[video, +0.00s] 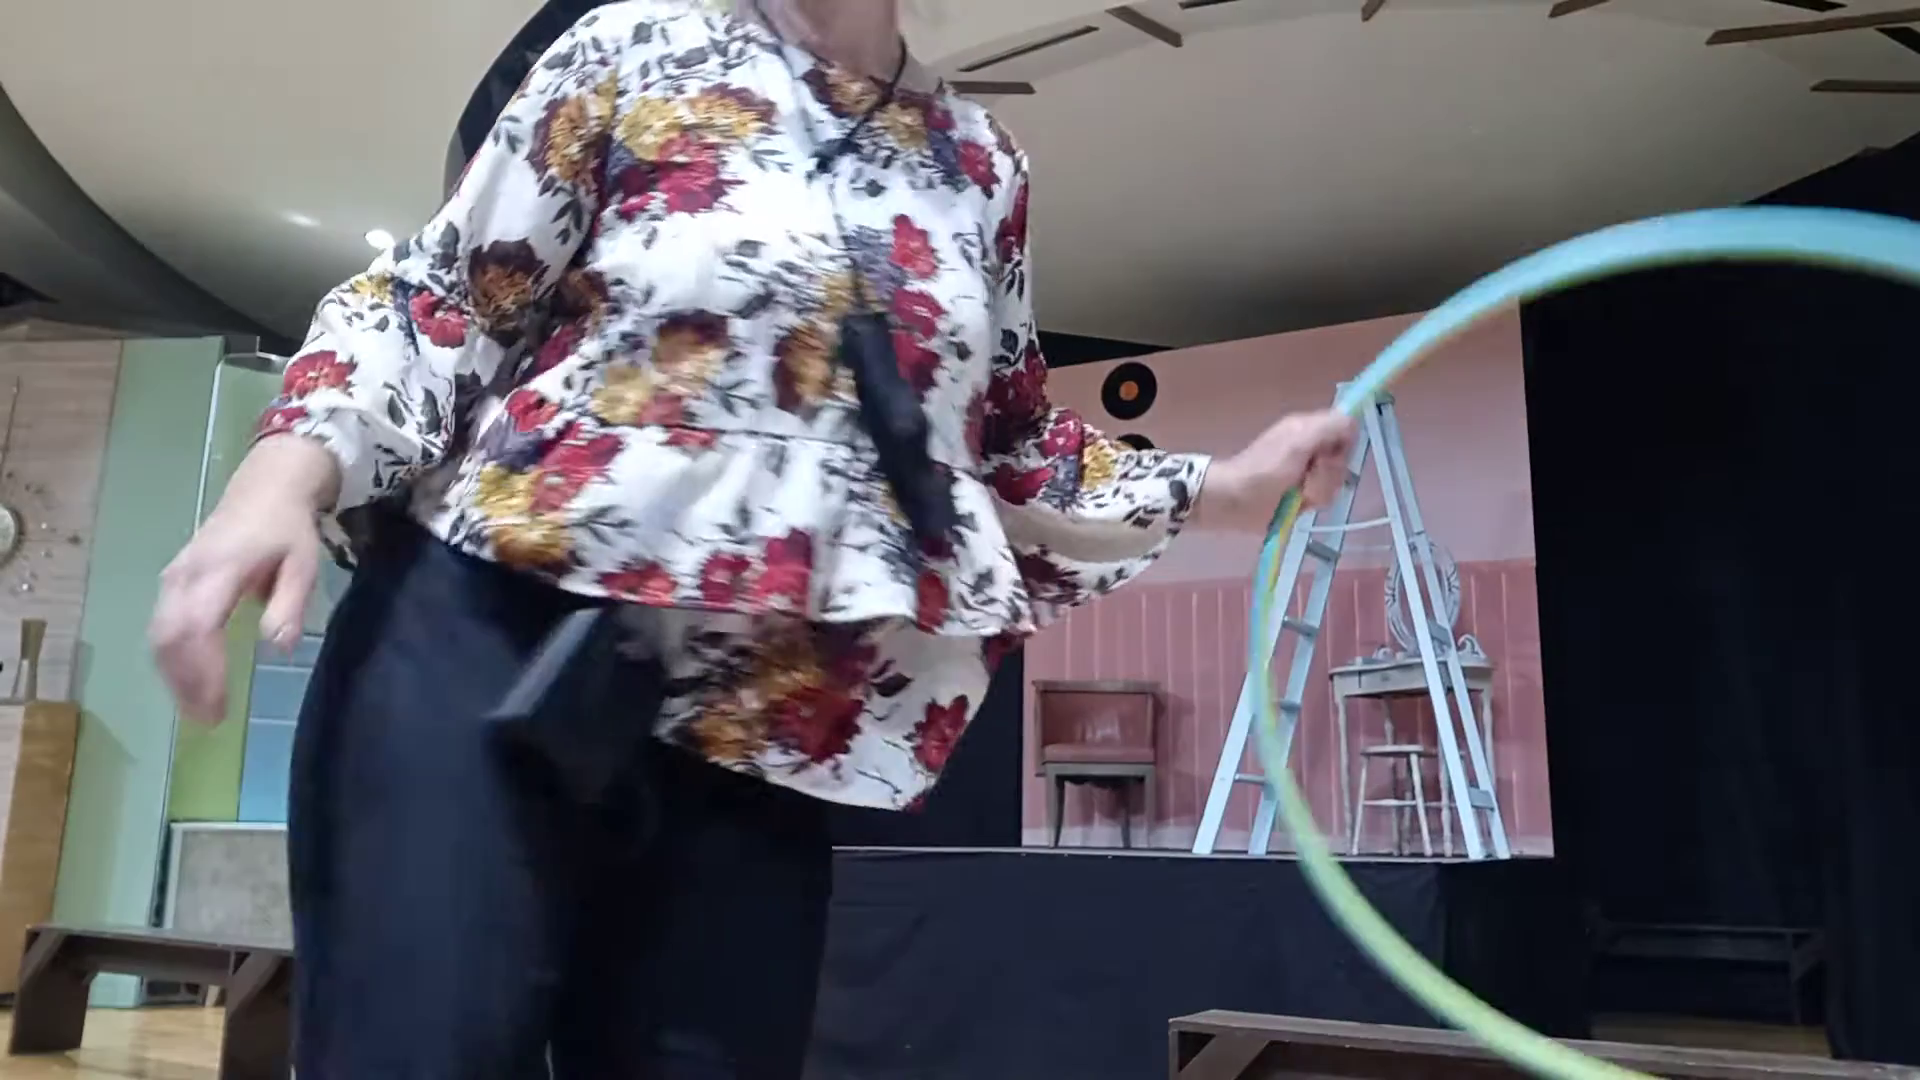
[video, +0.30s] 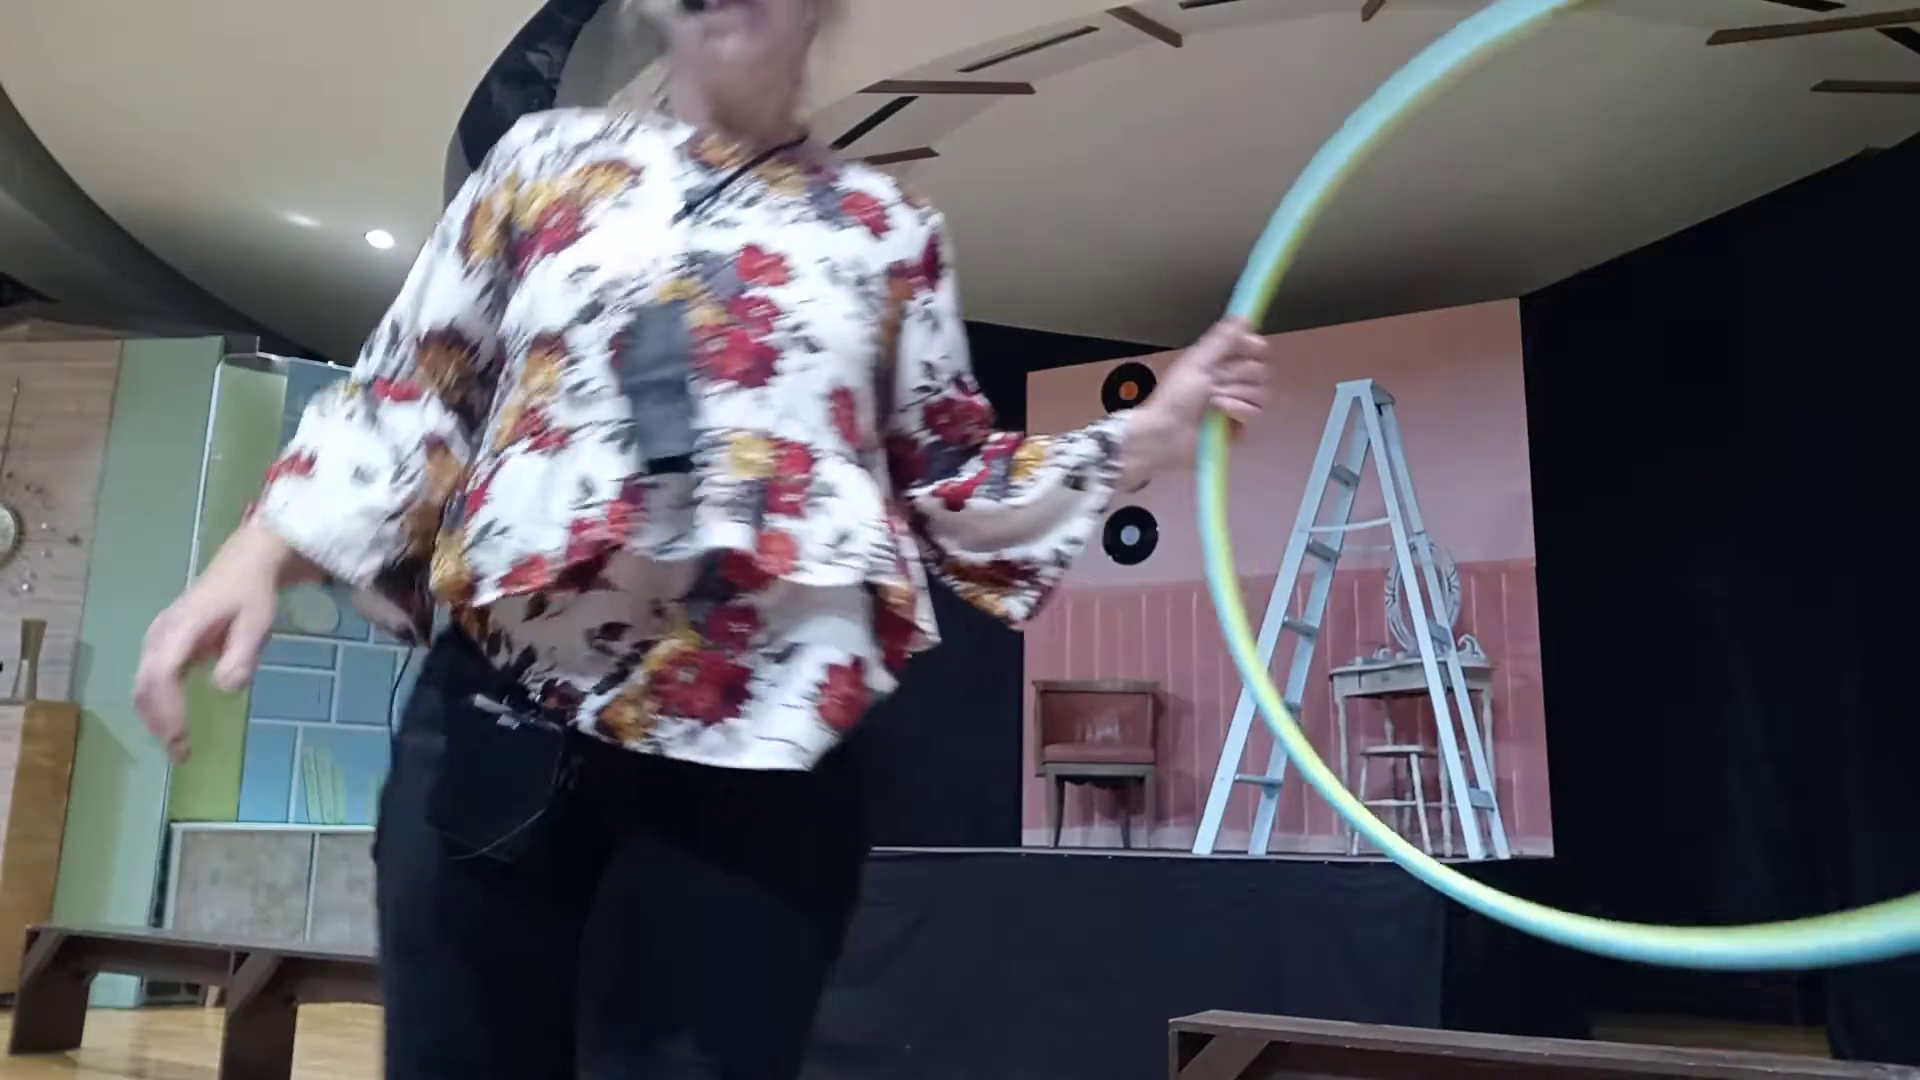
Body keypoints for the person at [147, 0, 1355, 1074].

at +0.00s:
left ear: (900, 2)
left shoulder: (979, 164)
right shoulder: (624, 54)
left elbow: (1004, 460)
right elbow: (440, 301)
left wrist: (1224, 483)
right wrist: (288, 471)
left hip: (758, 760)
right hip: (483, 660)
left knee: (711, 1064)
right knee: (434, 1051)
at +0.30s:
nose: (776, 14)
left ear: (826, 27)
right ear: (679, 13)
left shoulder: (888, 225)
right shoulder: (541, 163)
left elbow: (954, 501)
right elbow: (401, 394)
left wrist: (1144, 429)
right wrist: (258, 550)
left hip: (759, 785)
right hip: (495, 744)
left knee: (701, 1064)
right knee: (460, 1063)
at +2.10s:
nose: (901, 238)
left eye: (926, 220)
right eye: (877, 217)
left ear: (957, 252)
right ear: (839, 242)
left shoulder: (1011, 409)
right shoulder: (768, 389)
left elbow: (1065, 589)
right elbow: (677, 578)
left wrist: (1139, 458)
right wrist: (630, 420)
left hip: (958, 796)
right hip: (777, 771)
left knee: (902, 1063)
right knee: (748, 1058)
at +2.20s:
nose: (903, 239)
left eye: (928, 217)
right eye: (877, 214)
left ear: (957, 243)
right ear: (834, 237)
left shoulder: (1008, 404)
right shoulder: (763, 385)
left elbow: (1061, 590)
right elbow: (668, 579)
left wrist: (1137, 459)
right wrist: (620, 420)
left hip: (951, 796)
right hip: (763, 772)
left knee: (895, 1064)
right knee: (742, 1058)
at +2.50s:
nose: (867, 205)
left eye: (886, 178)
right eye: (835, 177)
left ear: (910, 195)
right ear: (775, 204)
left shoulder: (966, 366)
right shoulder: (700, 361)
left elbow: (1016, 568)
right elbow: (611, 579)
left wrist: (1090, 430)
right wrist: (548, 410)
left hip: (914, 797)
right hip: (716, 775)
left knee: (869, 1066)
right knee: (710, 1063)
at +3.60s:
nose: (818, 129)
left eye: (832, 95)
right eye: (777, 97)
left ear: (851, 106)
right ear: (690, 117)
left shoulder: (891, 300)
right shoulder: (618, 297)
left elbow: (958, 513)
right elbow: (542, 566)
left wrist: (1065, 381)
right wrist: (477, 394)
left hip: (902, 792)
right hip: (687, 786)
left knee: (956, 1061)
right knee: (700, 1064)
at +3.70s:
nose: (839, 127)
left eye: (853, 94)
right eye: (799, 97)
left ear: (873, 104)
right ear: (713, 116)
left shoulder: (909, 298)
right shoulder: (635, 297)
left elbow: (972, 514)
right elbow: (562, 570)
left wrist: (1081, 384)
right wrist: (501, 387)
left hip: (920, 798)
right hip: (701, 788)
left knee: (1022, 1060)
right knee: (712, 1065)